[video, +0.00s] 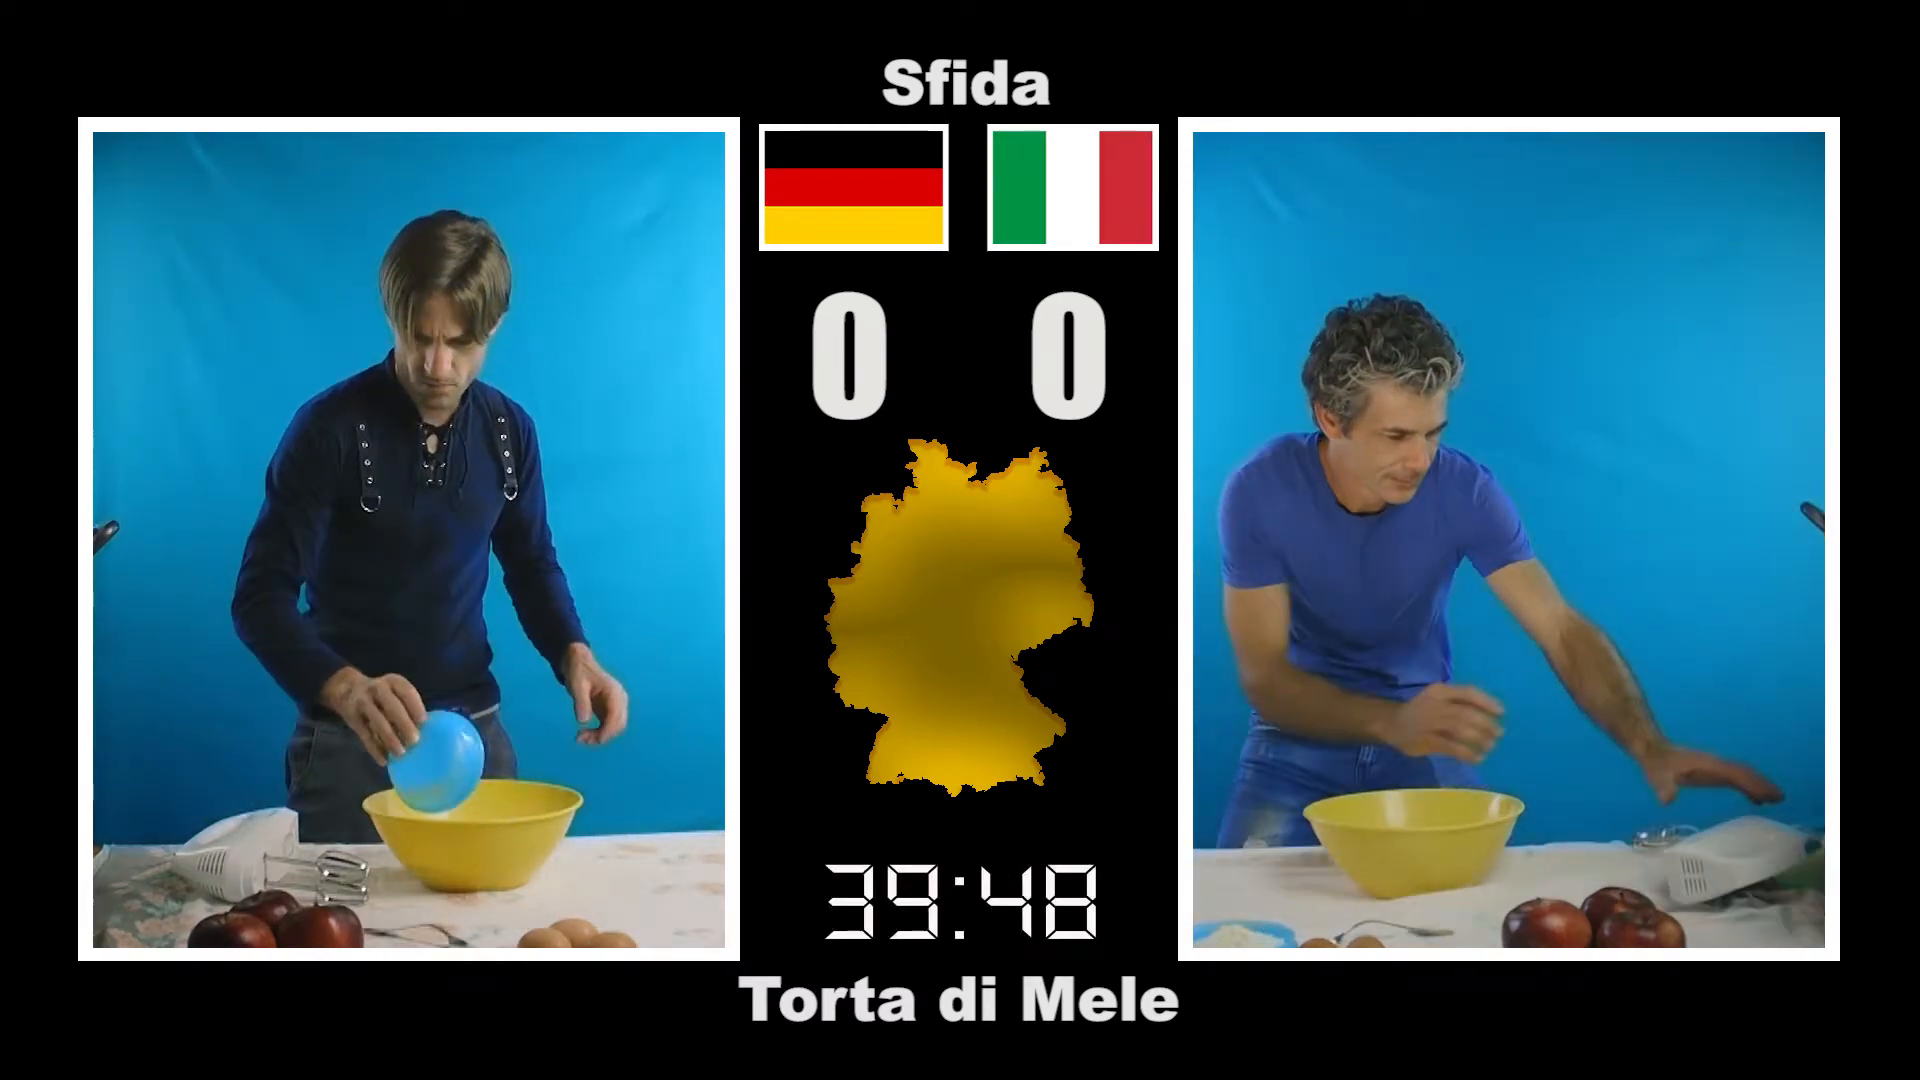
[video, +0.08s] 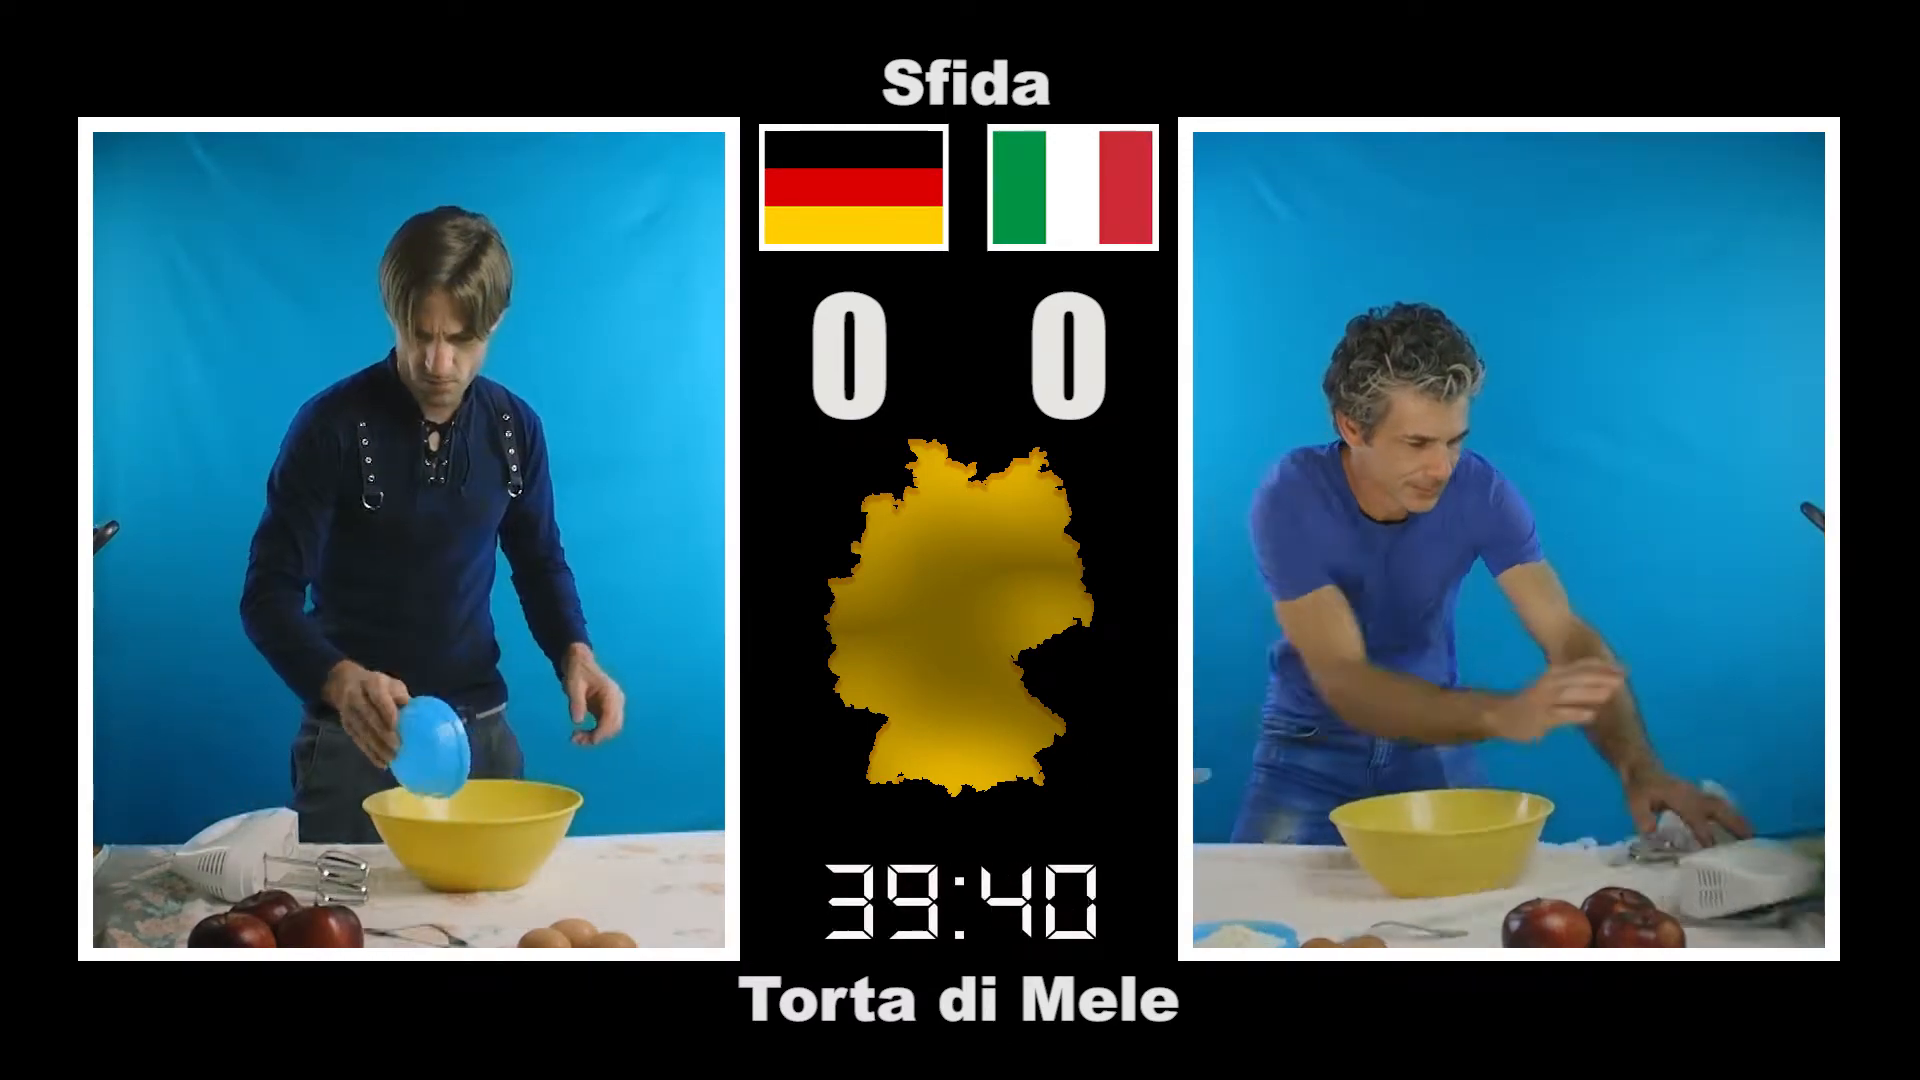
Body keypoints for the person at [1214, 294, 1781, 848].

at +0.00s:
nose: (1420, 460)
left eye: (1432, 433)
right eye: (1396, 438)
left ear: (1442, 411)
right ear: (1328, 421)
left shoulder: (1463, 493)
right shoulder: (1260, 495)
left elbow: (1561, 631)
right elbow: (1266, 684)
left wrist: (1651, 749)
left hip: (1419, 762)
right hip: (1294, 759)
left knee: (1436, 932)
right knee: (1254, 926)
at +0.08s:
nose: (1440, 467)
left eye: (1455, 440)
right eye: (1417, 445)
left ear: (1465, 420)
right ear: (1351, 430)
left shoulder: (1479, 493)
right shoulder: (1293, 497)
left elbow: (1571, 643)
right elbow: (1345, 684)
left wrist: (1640, 769)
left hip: (1433, 760)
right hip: (1309, 757)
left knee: (1456, 932)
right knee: (1272, 930)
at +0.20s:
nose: (1509, 479)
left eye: (1522, 452)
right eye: (1486, 454)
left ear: (1533, 439)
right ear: (1418, 445)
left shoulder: (1529, 507)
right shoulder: (1361, 524)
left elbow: (1578, 656)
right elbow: (1458, 667)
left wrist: (1624, 778)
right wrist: (1614, 763)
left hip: (1450, 761)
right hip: (1333, 769)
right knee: (1313, 937)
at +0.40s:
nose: (1612, 496)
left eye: (1630, 469)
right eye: (1589, 469)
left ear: (1644, 450)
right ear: (1524, 446)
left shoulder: (1630, 533)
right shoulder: (1449, 508)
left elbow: (1658, 690)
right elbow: (1467, 693)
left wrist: (1723, 794)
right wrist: (1616, 803)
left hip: (1500, 743)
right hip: (1383, 750)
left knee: (1524, 919)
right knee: (1361, 925)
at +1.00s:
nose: (1609, 422)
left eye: (1630, 395)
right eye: (1583, 395)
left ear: (1648, 374)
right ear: (1528, 368)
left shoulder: (1656, 467)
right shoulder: (1457, 448)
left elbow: (1702, 636)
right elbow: (1434, 644)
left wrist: (1789, 735)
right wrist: (1568, 696)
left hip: (1556, 729)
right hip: (1433, 719)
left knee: (1607, 922)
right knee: (1384, 922)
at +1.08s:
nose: (1605, 412)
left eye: (1624, 385)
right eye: (1579, 385)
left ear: (1640, 365)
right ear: (1522, 362)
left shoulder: (1649, 466)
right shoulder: (1453, 443)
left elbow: (1703, 648)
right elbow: (1458, 625)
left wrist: (1795, 734)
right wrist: (1617, 657)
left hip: (1553, 735)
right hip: (1425, 734)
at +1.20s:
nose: (1405, 350)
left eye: (1430, 321)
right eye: (1379, 322)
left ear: (1468, 294)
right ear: (1352, 297)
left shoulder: (1529, 397)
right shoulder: (1310, 423)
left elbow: (1583, 573)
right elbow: (1244, 613)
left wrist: (1604, 745)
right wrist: (1234, 764)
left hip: (1525, 765)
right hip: (1380, 769)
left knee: (1533, 963)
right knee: (1381, 972)